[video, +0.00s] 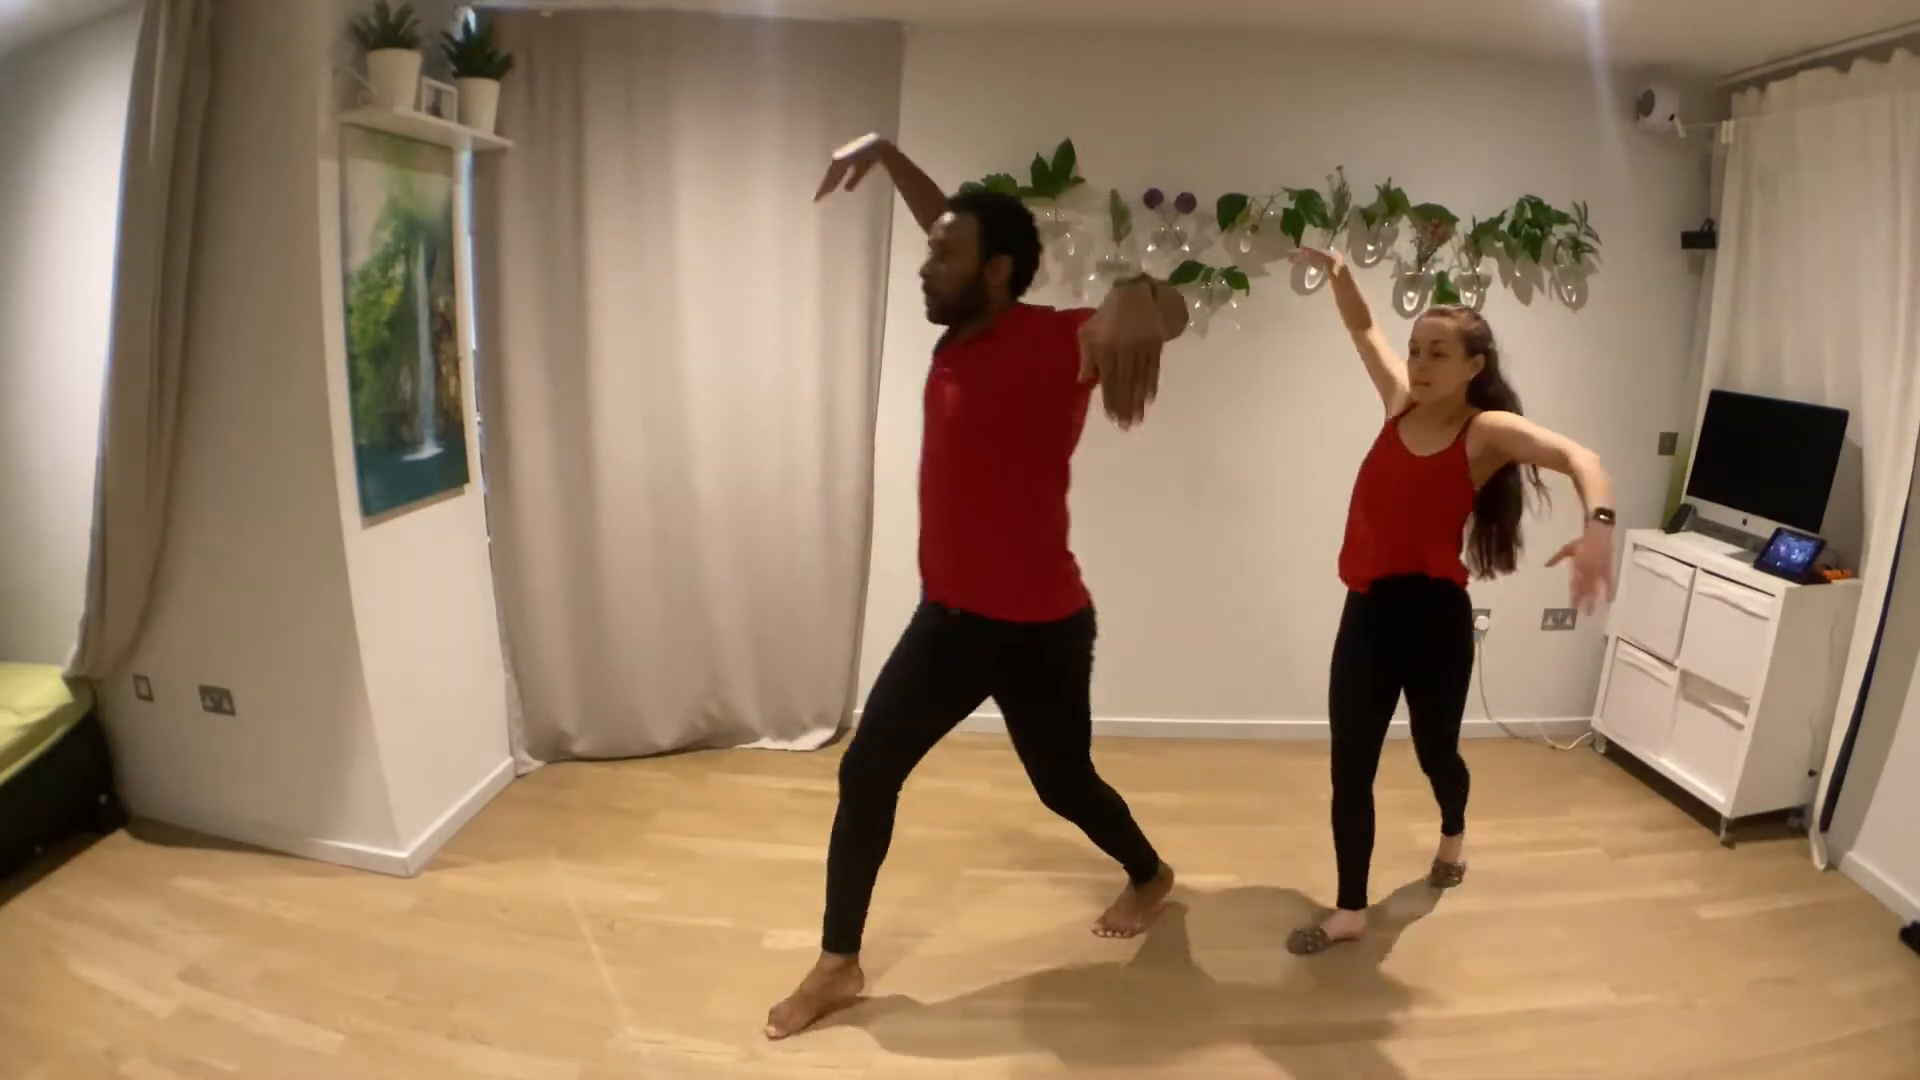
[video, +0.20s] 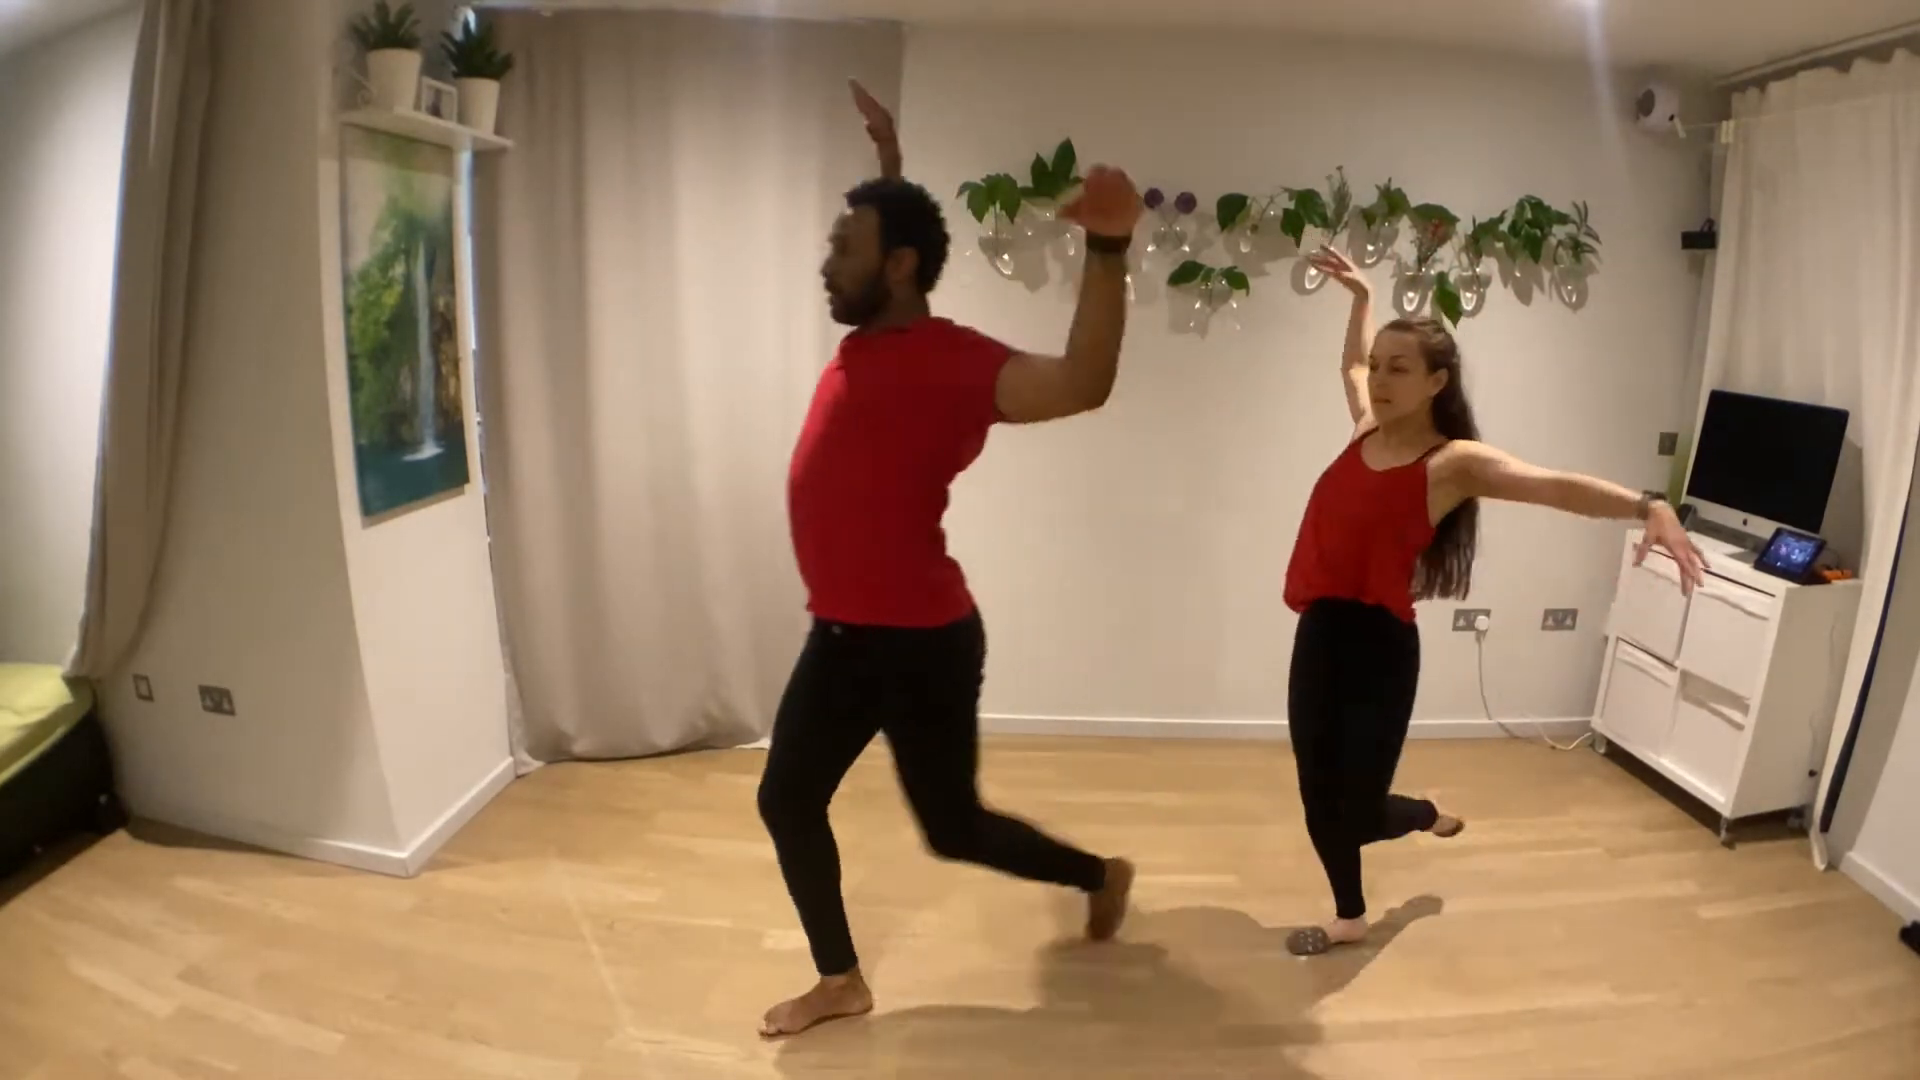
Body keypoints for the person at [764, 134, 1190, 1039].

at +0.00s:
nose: (927, 262)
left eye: (945, 249)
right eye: (931, 245)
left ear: (999, 270)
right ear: (976, 265)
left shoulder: (1056, 336)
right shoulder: (962, 329)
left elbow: (1156, 315)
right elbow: (949, 228)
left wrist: (1138, 313)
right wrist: (886, 149)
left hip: (1039, 626)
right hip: (952, 617)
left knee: (1064, 783)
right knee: (868, 769)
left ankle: (1152, 876)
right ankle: (838, 959)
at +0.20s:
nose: (826, 258)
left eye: (844, 243)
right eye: (832, 240)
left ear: (899, 265)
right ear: (887, 266)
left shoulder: (951, 361)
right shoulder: (868, 344)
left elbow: (1084, 380)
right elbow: (892, 256)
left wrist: (1108, 249)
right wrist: (889, 166)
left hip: (928, 636)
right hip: (845, 632)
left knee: (953, 829)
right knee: (787, 801)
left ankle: (1101, 878)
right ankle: (840, 979)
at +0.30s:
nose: (776, 258)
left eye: (794, 243)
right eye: (782, 239)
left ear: (853, 264)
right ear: (842, 263)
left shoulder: (896, 366)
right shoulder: (816, 348)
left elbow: (1008, 444)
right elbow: (784, 318)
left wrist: (1060, 295)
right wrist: (854, 197)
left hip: (879, 641)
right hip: (809, 633)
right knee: (766, 809)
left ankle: (972, 930)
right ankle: (839, 976)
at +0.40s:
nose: (733, 272)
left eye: (749, 254)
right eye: (734, 252)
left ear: (810, 267)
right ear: (806, 268)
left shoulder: (860, 373)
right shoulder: (772, 360)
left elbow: (920, 499)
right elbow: (710, 348)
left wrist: (962, 379)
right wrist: (743, 255)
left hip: (837, 654)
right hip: (783, 646)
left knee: (683, 829)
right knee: (753, 814)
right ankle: (837, 978)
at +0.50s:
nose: (690, 279)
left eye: (705, 262)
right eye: (692, 262)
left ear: (767, 274)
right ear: (752, 275)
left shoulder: (830, 375)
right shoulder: (727, 364)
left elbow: (830, 538)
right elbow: (641, 366)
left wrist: (807, 460)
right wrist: (638, 249)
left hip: (796, 668)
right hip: (737, 655)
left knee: (606, 811)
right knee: (724, 832)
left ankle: (546, 1013)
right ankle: (837, 981)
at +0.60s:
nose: (647, 288)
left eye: (665, 271)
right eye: (653, 269)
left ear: (726, 287)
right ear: (719, 287)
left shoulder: (791, 395)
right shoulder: (702, 369)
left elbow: (735, 530)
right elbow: (585, 367)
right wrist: (536, 254)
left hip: (737, 669)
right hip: (697, 655)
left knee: (541, 815)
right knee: (691, 839)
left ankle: (463, 1007)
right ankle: (832, 979)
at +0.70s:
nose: (613, 300)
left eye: (628, 283)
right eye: (616, 281)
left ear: (692, 295)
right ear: (689, 295)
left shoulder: (745, 402)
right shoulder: (673, 369)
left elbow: (633, 530)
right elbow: (543, 352)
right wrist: (452, 261)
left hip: (666, 676)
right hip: (663, 667)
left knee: (486, 825)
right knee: (667, 841)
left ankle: (446, 1031)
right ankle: (823, 973)